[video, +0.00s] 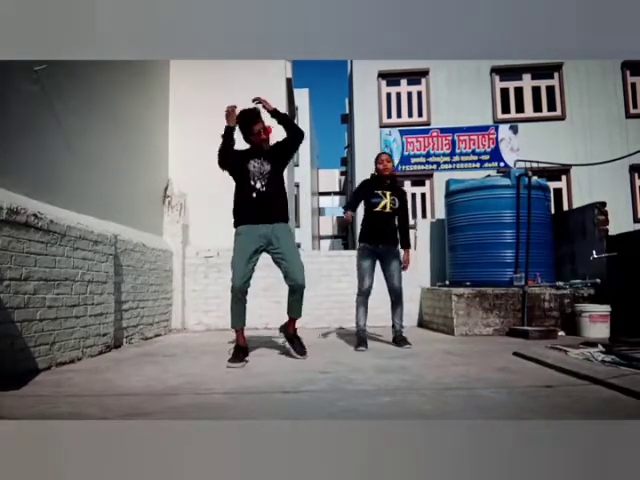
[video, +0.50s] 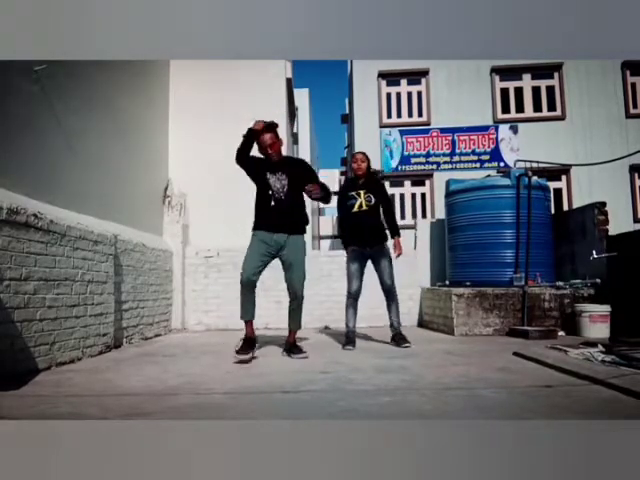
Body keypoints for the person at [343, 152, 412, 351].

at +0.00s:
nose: (384, 165)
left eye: (387, 162)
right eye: (380, 162)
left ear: (393, 165)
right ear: (376, 166)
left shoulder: (399, 191)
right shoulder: (368, 185)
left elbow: (403, 222)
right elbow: (353, 201)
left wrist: (406, 249)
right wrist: (349, 212)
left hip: (390, 245)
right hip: (367, 244)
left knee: (396, 289)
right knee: (364, 289)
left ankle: (398, 333)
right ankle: (361, 335)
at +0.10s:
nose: (383, 166)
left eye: (387, 163)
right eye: (380, 163)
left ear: (393, 166)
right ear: (375, 167)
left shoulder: (399, 190)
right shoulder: (367, 187)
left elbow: (405, 221)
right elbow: (353, 205)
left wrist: (407, 250)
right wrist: (351, 219)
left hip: (389, 246)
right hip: (366, 244)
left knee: (393, 289)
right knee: (358, 286)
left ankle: (398, 332)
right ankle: (356, 330)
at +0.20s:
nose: (377, 164)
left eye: (381, 161)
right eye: (374, 161)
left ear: (388, 164)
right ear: (370, 164)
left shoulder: (395, 187)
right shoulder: (362, 187)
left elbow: (403, 217)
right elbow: (352, 212)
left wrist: (406, 245)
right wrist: (348, 233)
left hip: (387, 244)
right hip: (364, 243)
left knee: (391, 289)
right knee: (355, 286)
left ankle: (398, 332)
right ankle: (352, 329)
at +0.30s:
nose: (368, 165)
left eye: (373, 162)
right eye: (366, 162)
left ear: (381, 166)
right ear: (362, 165)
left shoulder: (387, 188)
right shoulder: (356, 189)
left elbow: (398, 215)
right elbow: (349, 218)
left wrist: (404, 242)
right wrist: (346, 245)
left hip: (383, 245)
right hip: (360, 246)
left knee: (390, 289)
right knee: (353, 291)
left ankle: (398, 333)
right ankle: (349, 334)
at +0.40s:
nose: (361, 166)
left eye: (365, 162)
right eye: (358, 162)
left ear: (372, 166)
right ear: (354, 166)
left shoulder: (380, 187)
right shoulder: (348, 189)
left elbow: (392, 214)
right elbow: (345, 218)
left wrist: (400, 239)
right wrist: (345, 244)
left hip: (380, 245)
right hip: (356, 246)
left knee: (388, 290)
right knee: (352, 292)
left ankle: (397, 333)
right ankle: (350, 335)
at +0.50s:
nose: (358, 165)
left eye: (362, 161)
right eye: (355, 162)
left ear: (368, 164)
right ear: (350, 165)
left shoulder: (376, 184)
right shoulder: (345, 188)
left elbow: (388, 211)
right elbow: (342, 217)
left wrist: (396, 237)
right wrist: (346, 244)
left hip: (378, 244)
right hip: (355, 245)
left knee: (389, 288)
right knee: (353, 292)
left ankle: (397, 332)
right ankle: (350, 335)